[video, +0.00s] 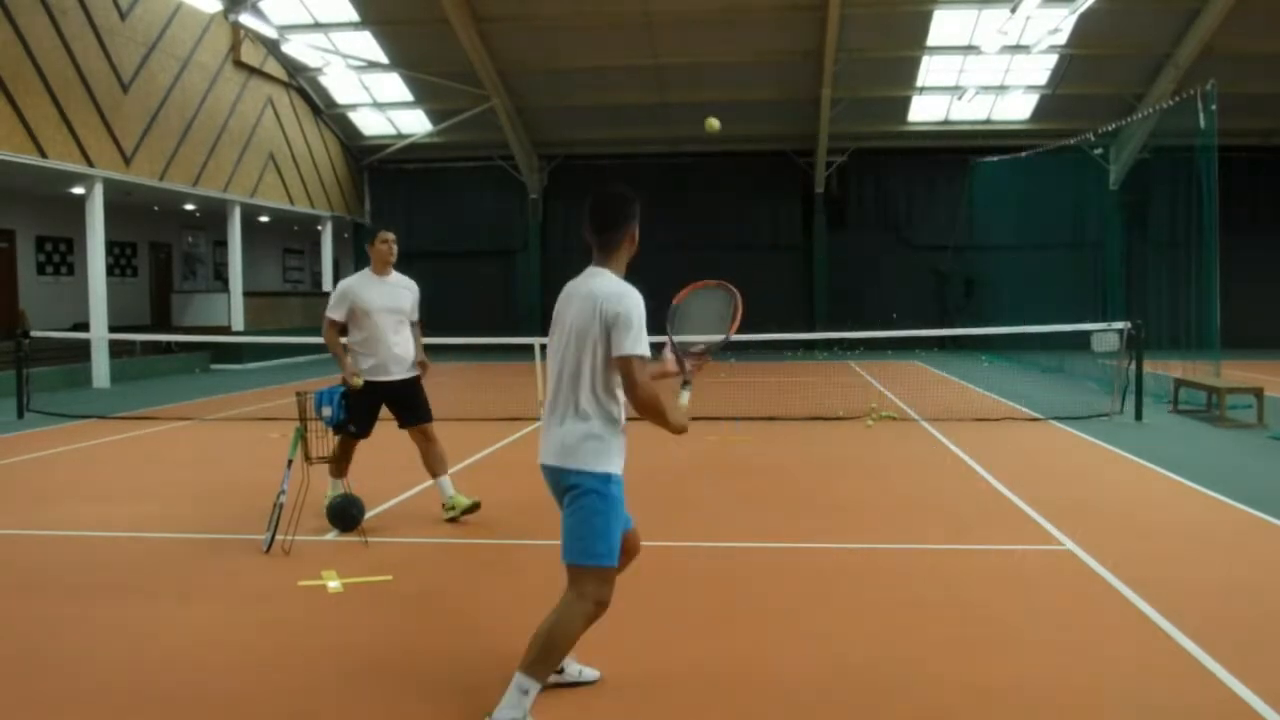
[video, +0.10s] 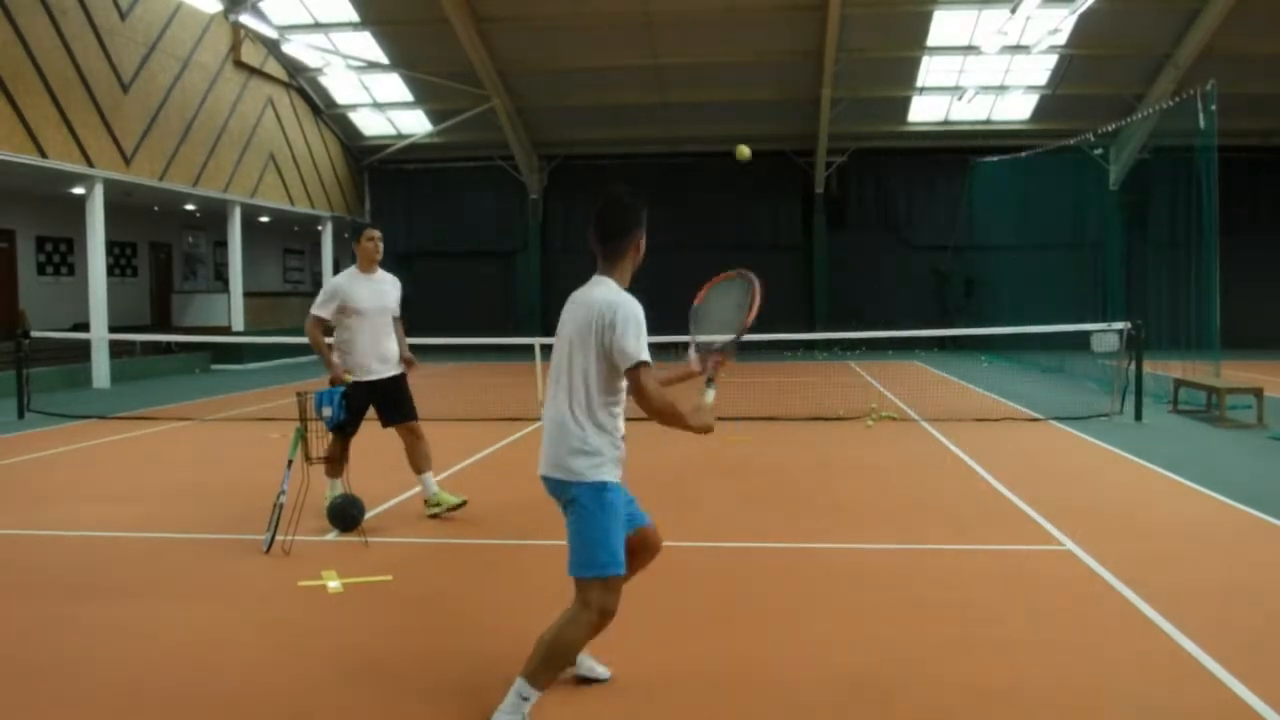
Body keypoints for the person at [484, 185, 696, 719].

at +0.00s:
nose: (638, 238)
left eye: (633, 230)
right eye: (637, 231)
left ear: (591, 235)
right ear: (632, 235)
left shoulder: (573, 291)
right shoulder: (623, 298)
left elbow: (597, 377)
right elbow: (639, 390)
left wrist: (663, 366)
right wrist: (673, 418)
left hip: (561, 456)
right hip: (592, 464)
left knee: (624, 544)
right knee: (588, 595)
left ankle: (553, 658)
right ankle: (511, 706)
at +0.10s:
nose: (646, 245)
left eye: (644, 237)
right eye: (645, 237)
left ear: (595, 244)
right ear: (638, 244)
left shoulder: (580, 301)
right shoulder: (623, 307)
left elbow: (631, 380)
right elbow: (649, 399)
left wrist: (693, 366)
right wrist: (690, 420)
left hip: (568, 463)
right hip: (589, 471)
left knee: (644, 542)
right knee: (596, 606)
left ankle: (573, 647)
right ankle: (513, 707)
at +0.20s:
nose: (656, 244)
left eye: (654, 236)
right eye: (656, 236)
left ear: (610, 238)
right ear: (649, 239)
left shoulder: (601, 290)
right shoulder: (626, 295)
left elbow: (653, 364)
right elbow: (668, 376)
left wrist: (718, 346)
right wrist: (724, 384)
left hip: (594, 458)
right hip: (599, 462)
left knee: (649, 548)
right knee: (591, 591)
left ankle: (578, 658)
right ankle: (509, 706)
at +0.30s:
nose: (673, 242)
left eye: (671, 234)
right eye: (673, 234)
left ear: (633, 235)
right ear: (663, 236)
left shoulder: (650, 292)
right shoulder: (627, 289)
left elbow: (701, 340)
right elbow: (670, 344)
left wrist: (755, 315)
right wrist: (748, 345)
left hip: (628, 454)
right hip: (609, 454)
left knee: (656, 556)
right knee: (622, 578)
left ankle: (575, 657)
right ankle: (524, 695)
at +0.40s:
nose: (698, 245)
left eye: (698, 238)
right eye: (697, 236)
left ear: (672, 239)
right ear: (684, 237)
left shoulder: (684, 289)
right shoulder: (643, 288)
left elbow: (745, 328)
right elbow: (708, 318)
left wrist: (771, 294)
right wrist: (767, 298)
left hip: (640, 447)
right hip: (628, 448)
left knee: (655, 563)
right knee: (673, 570)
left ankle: (583, 653)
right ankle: (577, 671)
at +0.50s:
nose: (730, 235)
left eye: (730, 229)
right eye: (727, 227)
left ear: (704, 227)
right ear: (710, 224)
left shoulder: (719, 277)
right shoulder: (671, 266)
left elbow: (777, 306)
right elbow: (666, 291)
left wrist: (824, 273)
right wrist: (741, 272)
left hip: (665, 428)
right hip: (654, 428)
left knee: (662, 552)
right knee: (718, 538)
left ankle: (579, 651)